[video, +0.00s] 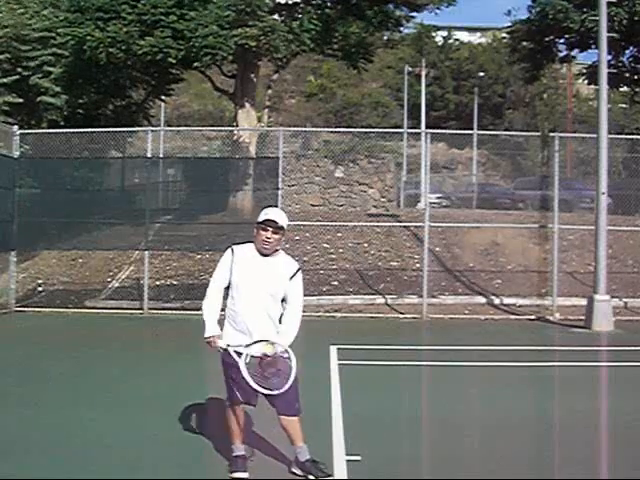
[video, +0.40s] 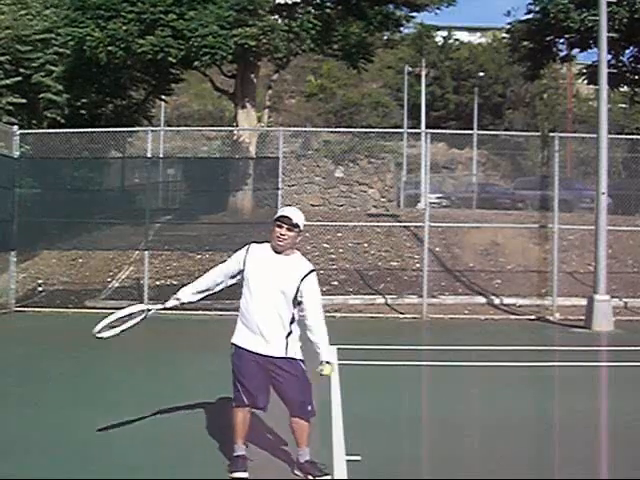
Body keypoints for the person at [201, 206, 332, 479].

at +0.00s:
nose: (268, 235)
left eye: (275, 231)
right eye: (263, 229)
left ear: (283, 236)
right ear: (255, 230)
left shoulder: (291, 269)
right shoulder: (235, 255)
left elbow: (294, 311)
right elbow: (214, 291)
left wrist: (280, 344)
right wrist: (212, 328)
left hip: (273, 345)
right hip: (236, 343)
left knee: (288, 404)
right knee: (238, 400)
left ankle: (303, 457)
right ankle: (238, 454)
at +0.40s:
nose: (282, 231)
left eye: (289, 228)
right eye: (279, 225)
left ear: (298, 235)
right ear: (272, 227)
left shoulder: (304, 270)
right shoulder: (252, 253)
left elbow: (314, 316)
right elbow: (218, 276)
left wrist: (325, 354)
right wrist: (183, 295)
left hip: (285, 351)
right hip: (248, 344)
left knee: (301, 406)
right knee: (243, 400)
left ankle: (304, 460)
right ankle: (239, 455)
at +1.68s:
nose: (350, 220)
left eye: (356, 216)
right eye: (346, 214)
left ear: (361, 222)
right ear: (333, 215)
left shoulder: (362, 256)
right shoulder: (322, 238)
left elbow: (384, 275)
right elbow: (323, 197)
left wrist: (413, 263)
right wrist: (336, 150)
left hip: (341, 330)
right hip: (316, 323)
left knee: (333, 396)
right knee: (315, 394)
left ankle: (316, 456)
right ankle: (297, 457)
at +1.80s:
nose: (355, 223)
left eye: (361, 218)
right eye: (350, 216)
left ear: (366, 223)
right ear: (338, 217)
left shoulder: (362, 258)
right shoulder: (327, 239)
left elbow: (379, 282)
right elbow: (327, 198)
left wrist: (409, 277)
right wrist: (343, 155)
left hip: (343, 330)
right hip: (319, 324)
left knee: (336, 398)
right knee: (324, 395)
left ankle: (318, 458)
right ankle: (315, 462)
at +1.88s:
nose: (357, 223)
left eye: (363, 219)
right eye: (351, 217)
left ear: (367, 224)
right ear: (339, 218)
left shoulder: (364, 258)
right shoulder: (329, 242)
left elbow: (379, 286)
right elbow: (326, 199)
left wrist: (407, 283)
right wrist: (344, 160)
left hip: (345, 330)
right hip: (323, 326)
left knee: (343, 395)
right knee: (331, 395)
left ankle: (315, 452)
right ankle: (330, 463)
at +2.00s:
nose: (360, 229)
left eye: (366, 225)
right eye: (355, 222)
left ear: (370, 230)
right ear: (342, 222)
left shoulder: (367, 261)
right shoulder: (330, 244)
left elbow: (373, 293)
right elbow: (315, 214)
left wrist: (398, 297)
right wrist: (342, 186)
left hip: (354, 335)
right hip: (330, 331)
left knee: (349, 396)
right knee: (346, 397)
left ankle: (315, 451)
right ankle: (351, 465)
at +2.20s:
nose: (361, 232)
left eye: (366, 228)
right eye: (356, 226)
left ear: (371, 232)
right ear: (343, 227)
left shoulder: (369, 260)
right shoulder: (330, 248)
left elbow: (373, 293)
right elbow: (296, 263)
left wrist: (386, 312)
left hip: (361, 337)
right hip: (337, 335)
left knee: (368, 397)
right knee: (355, 400)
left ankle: (322, 444)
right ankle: (351, 467)